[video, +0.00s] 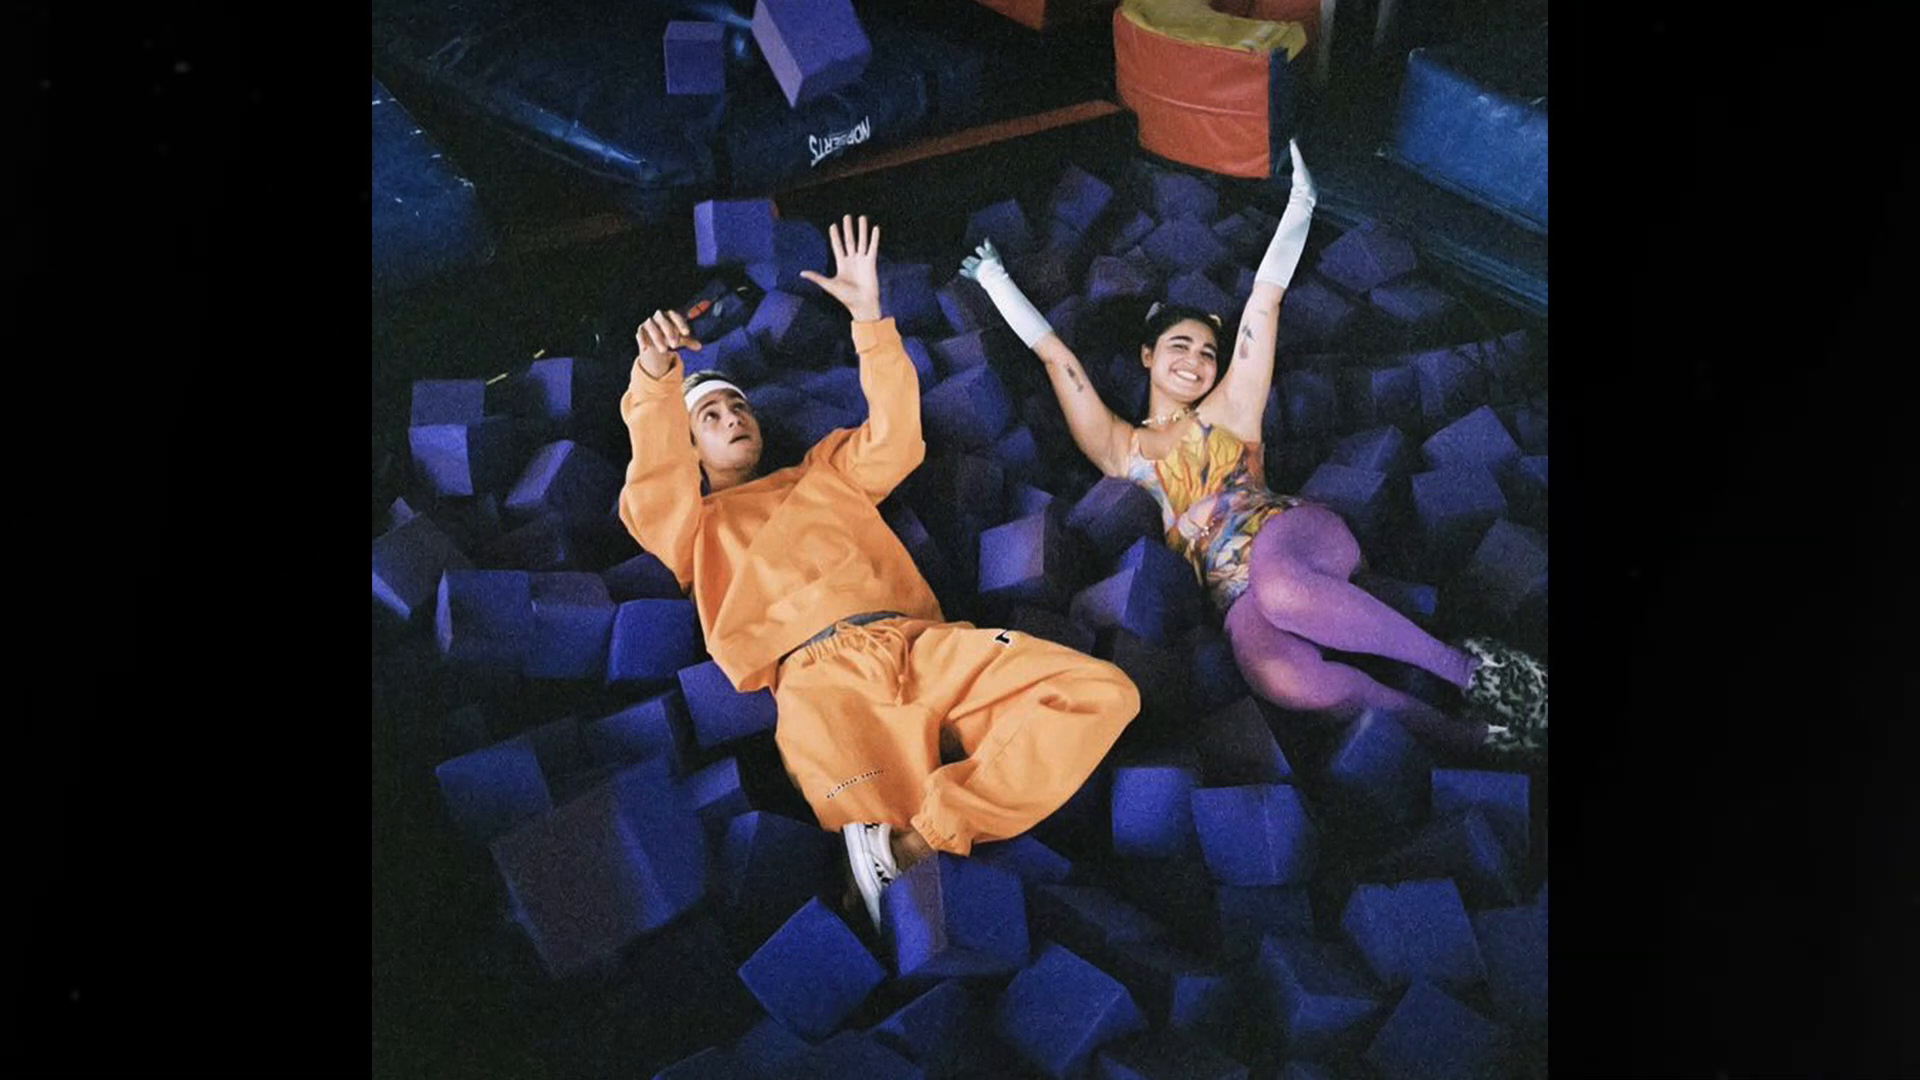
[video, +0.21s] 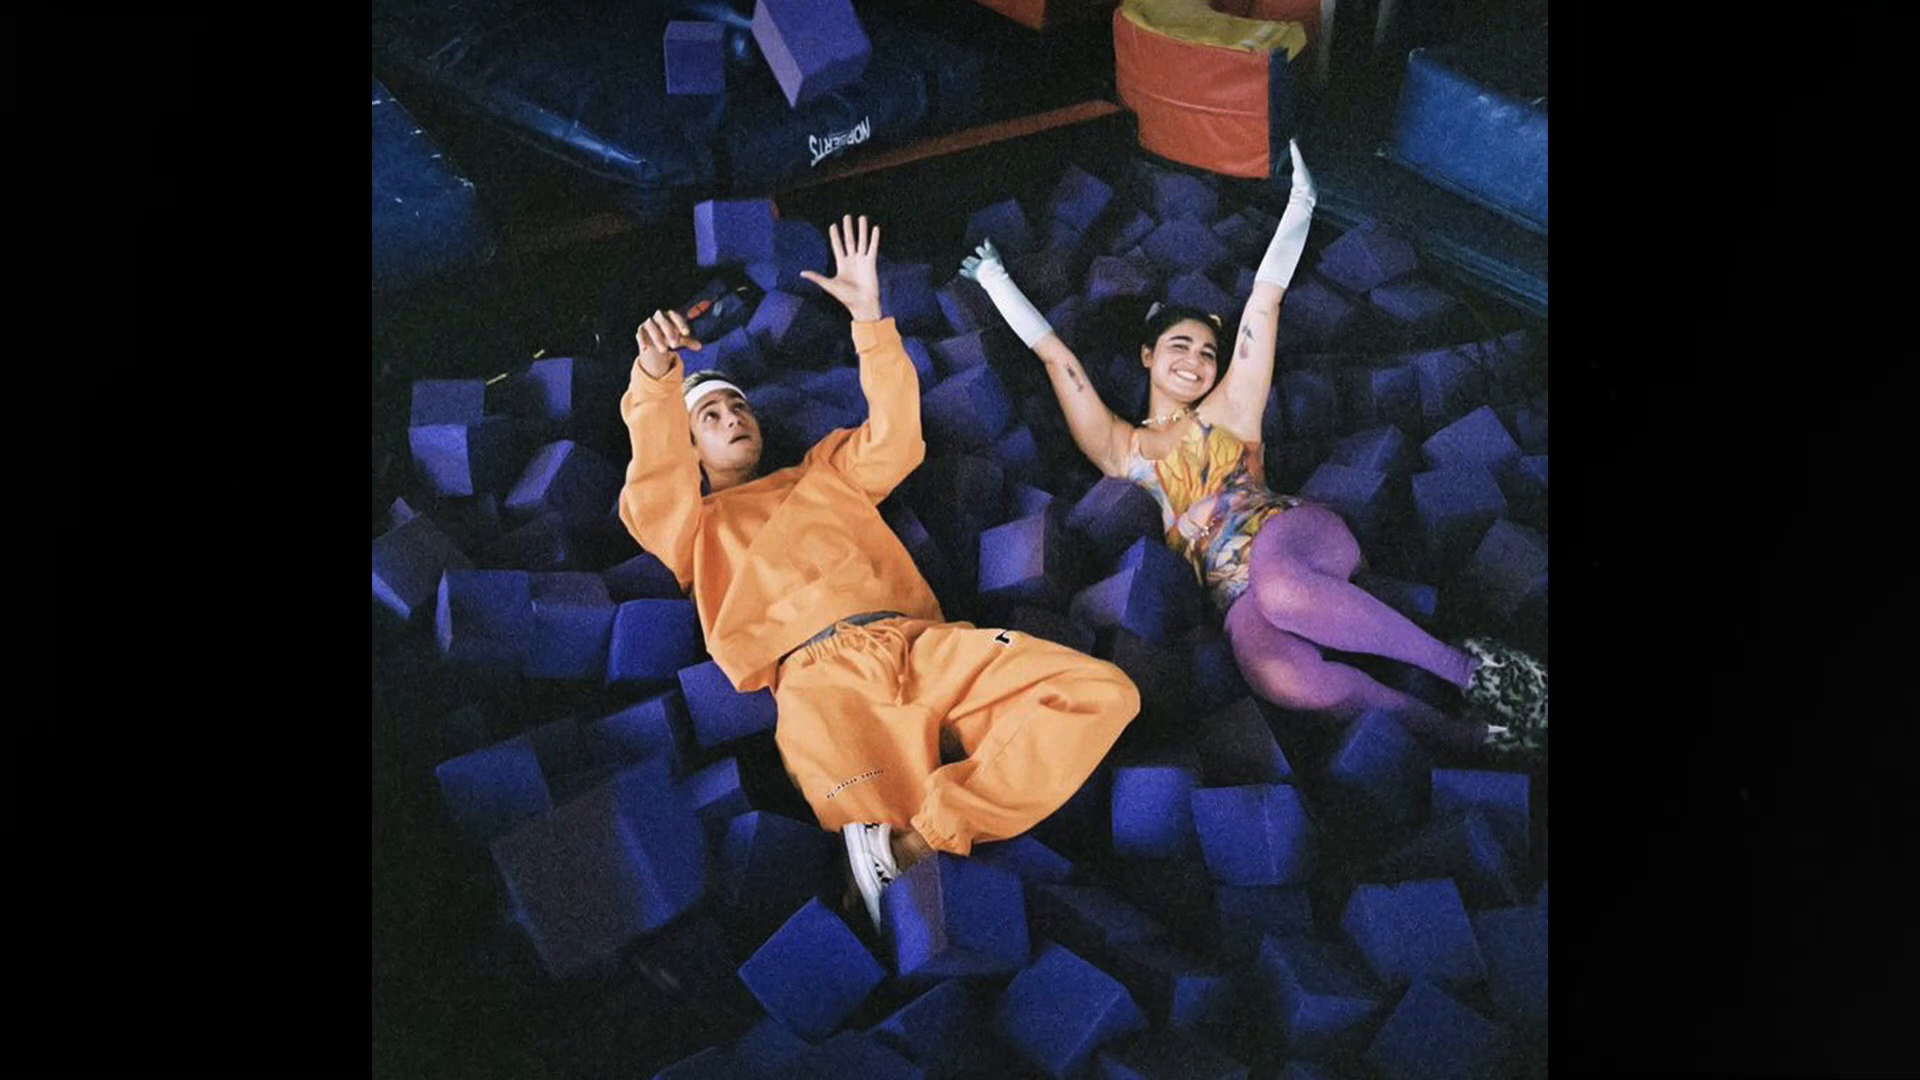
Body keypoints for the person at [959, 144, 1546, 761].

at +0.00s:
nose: (1191, 360)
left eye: (1205, 354)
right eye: (1176, 346)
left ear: (1216, 371)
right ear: (1145, 358)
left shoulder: (1230, 411)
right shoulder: (1122, 449)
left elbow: (1264, 305)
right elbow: (1058, 360)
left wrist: (1298, 209)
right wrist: (992, 278)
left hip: (1288, 530)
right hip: (1238, 596)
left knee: (1279, 592)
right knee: (1288, 681)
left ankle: (1472, 671)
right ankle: (1465, 736)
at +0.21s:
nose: (1191, 360)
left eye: (1205, 354)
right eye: (1177, 346)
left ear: (1216, 371)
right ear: (1145, 357)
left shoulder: (1230, 411)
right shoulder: (1122, 448)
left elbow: (1264, 306)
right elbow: (1057, 359)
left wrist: (1298, 209)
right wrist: (992, 278)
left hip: (1288, 531)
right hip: (1238, 596)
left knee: (1278, 592)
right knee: (1287, 680)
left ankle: (1471, 671)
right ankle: (1463, 736)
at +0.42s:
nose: (1191, 360)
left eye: (1205, 354)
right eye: (1177, 346)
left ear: (1216, 371)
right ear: (1145, 357)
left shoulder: (1230, 411)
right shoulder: (1122, 448)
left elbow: (1264, 306)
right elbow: (1057, 359)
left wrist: (1298, 209)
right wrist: (992, 278)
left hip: (1288, 531)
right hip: (1238, 596)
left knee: (1278, 592)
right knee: (1286, 680)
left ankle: (1471, 671)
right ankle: (1462, 735)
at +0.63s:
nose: (1192, 360)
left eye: (1206, 354)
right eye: (1177, 347)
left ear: (1217, 371)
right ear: (1145, 358)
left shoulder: (1230, 411)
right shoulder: (1123, 448)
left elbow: (1264, 306)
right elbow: (1058, 359)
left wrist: (1298, 209)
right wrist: (992, 278)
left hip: (1288, 531)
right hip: (1239, 597)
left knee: (1279, 593)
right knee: (1287, 680)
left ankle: (1471, 671)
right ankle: (1463, 735)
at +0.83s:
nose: (1191, 360)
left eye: (1205, 354)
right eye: (1177, 346)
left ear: (1217, 370)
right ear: (1145, 358)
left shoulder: (1230, 411)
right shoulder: (1122, 448)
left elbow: (1264, 305)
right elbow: (1057, 359)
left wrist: (1298, 209)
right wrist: (992, 278)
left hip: (1288, 531)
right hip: (1238, 596)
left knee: (1279, 593)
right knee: (1286, 680)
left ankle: (1471, 670)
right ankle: (1463, 734)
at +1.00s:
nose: (1191, 360)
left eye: (1205, 354)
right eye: (1177, 346)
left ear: (1217, 370)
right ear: (1145, 357)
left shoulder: (1230, 411)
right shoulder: (1122, 448)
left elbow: (1264, 305)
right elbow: (1058, 359)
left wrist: (1298, 209)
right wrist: (992, 278)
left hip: (1287, 530)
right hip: (1237, 596)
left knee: (1280, 594)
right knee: (1286, 680)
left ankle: (1471, 671)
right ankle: (1466, 736)